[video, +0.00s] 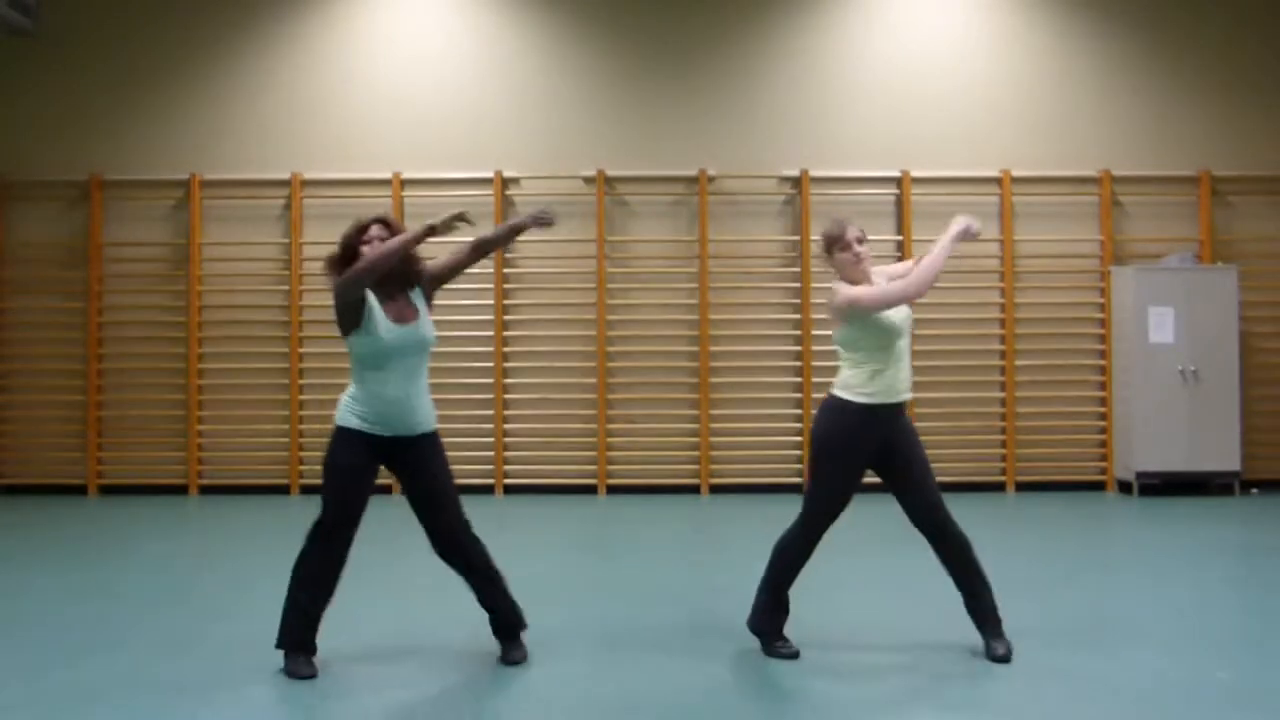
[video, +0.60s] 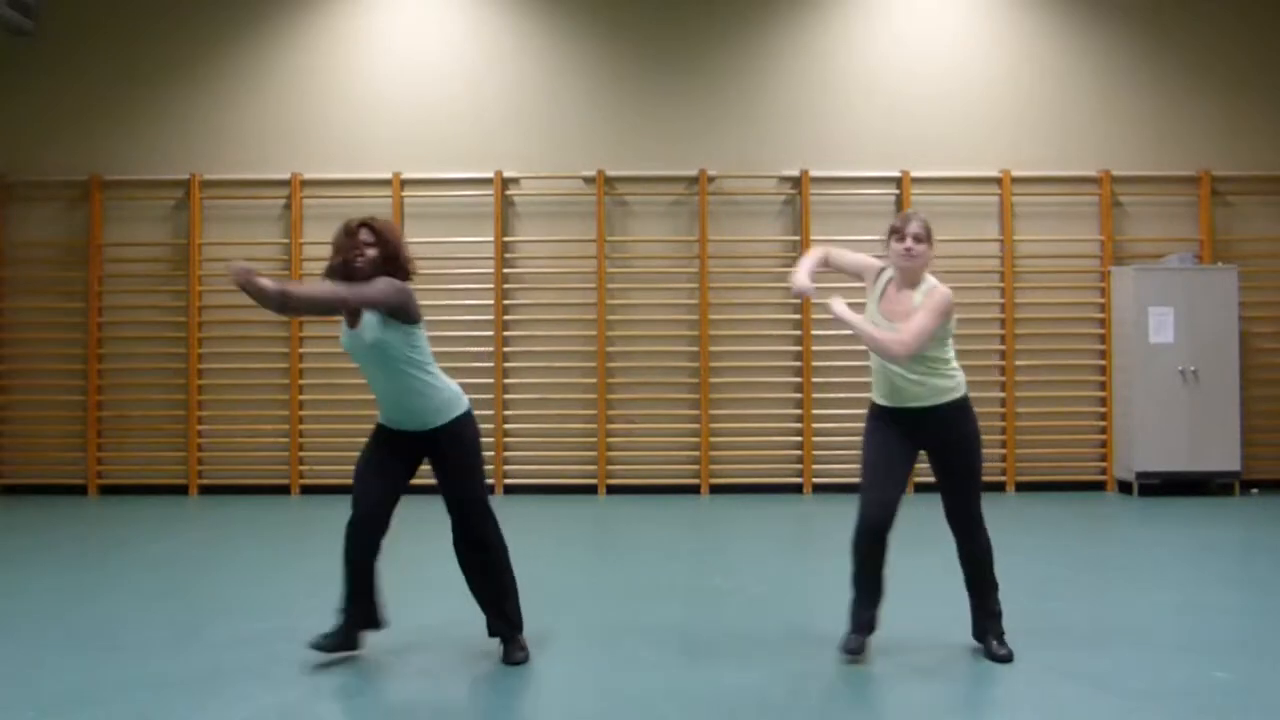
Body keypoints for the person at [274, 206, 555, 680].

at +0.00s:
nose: (374, 245)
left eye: (384, 238)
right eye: (366, 240)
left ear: (401, 248)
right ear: (353, 254)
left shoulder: (420, 286)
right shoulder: (351, 299)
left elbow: (475, 250)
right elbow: (364, 271)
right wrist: (424, 232)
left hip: (417, 434)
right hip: (359, 432)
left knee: (452, 538)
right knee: (333, 532)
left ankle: (509, 628)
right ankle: (298, 645)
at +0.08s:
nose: (390, 259)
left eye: (399, 253)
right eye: (382, 255)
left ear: (414, 259)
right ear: (369, 269)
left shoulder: (436, 293)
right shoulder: (366, 309)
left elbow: (491, 260)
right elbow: (386, 279)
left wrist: (534, 225)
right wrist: (432, 241)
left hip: (443, 438)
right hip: (386, 441)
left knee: (472, 536)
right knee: (365, 538)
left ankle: (511, 635)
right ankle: (310, 644)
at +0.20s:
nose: (403, 298)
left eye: (412, 290)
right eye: (396, 290)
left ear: (431, 291)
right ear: (387, 294)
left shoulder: (453, 319)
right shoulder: (381, 329)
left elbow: (512, 333)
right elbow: (366, 369)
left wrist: (513, 321)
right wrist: (415, 334)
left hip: (469, 441)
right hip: (418, 452)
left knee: (494, 532)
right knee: (439, 533)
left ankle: (509, 635)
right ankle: (391, 597)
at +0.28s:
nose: (417, 315)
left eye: (425, 305)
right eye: (408, 306)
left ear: (441, 305)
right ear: (396, 309)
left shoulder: (465, 344)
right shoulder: (382, 358)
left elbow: (508, 386)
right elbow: (375, 424)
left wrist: (492, 406)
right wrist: (404, 417)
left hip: (480, 447)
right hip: (431, 465)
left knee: (506, 534)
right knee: (475, 545)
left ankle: (511, 636)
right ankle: (453, 585)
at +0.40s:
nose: (403, 297)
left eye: (412, 288)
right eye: (395, 290)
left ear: (429, 292)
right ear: (386, 298)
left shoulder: (458, 342)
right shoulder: (378, 349)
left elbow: (489, 404)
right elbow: (363, 398)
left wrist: (443, 424)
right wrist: (388, 412)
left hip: (476, 452)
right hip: (427, 464)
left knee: (496, 545)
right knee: (452, 561)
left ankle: (515, 634)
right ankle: (477, 609)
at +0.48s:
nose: (391, 272)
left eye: (398, 263)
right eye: (381, 266)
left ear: (413, 269)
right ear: (370, 277)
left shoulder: (436, 317)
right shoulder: (367, 326)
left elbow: (442, 374)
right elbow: (339, 360)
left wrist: (381, 369)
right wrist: (334, 355)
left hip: (465, 434)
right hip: (416, 443)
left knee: (481, 542)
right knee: (408, 546)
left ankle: (510, 636)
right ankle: (447, 601)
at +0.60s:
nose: (362, 252)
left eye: (370, 246)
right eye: (354, 247)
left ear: (387, 253)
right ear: (341, 257)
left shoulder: (394, 291)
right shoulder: (344, 298)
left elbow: (336, 296)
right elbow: (292, 304)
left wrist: (276, 287)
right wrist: (254, 285)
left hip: (448, 425)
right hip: (395, 430)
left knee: (474, 523)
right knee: (363, 522)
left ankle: (510, 630)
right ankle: (354, 623)